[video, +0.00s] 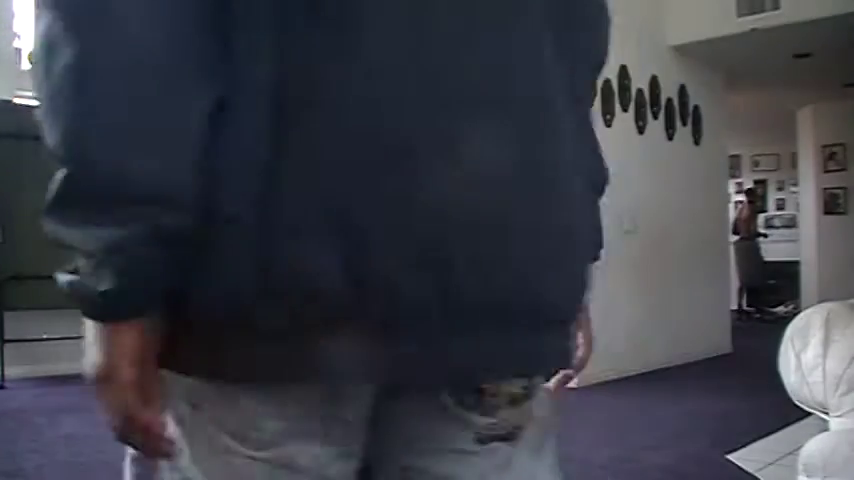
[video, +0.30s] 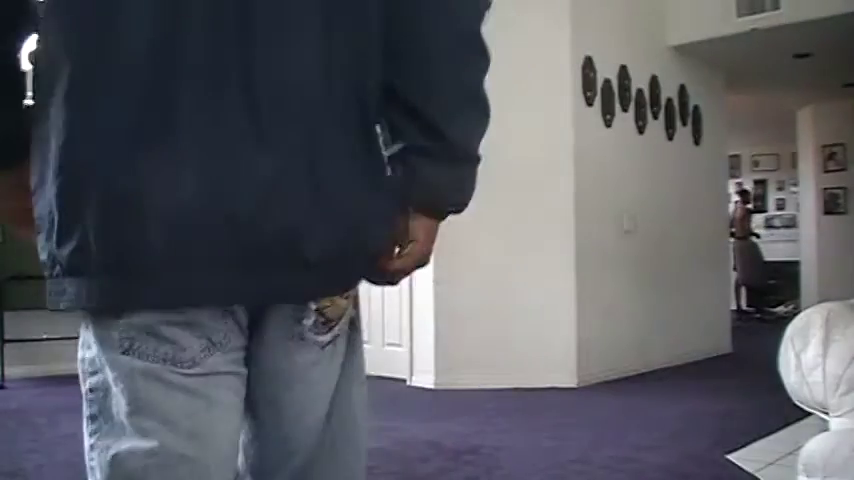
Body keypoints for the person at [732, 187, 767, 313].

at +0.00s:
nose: (758, 199)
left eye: (756, 196)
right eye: (756, 196)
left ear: (746, 196)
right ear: (752, 197)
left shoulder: (741, 209)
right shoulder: (751, 210)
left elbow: (735, 229)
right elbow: (751, 232)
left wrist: (747, 231)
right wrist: (762, 234)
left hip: (739, 245)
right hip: (749, 246)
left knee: (742, 280)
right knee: (750, 278)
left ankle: (740, 306)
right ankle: (752, 306)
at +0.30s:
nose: (750, 199)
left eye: (749, 196)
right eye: (748, 197)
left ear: (740, 197)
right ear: (746, 197)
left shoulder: (736, 209)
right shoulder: (746, 210)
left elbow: (731, 226)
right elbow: (746, 230)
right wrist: (755, 234)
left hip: (737, 243)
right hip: (744, 243)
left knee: (739, 275)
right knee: (744, 276)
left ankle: (739, 305)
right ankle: (743, 306)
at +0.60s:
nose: (744, 199)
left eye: (744, 196)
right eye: (742, 196)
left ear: (737, 197)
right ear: (740, 197)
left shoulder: (731, 209)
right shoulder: (740, 210)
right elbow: (741, 228)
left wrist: (749, 233)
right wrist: (752, 233)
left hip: (734, 242)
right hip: (739, 242)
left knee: (738, 274)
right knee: (739, 274)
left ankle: (739, 305)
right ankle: (739, 305)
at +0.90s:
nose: (744, 199)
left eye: (744, 197)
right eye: (743, 197)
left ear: (735, 197)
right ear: (740, 198)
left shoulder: (732, 209)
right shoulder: (739, 210)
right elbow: (740, 229)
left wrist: (749, 232)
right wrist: (752, 233)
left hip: (734, 243)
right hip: (738, 244)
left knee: (738, 276)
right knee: (743, 275)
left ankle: (739, 305)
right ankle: (743, 305)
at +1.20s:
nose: (746, 199)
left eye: (745, 197)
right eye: (744, 197)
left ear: (736, 197)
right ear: (741, 197)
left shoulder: (732, 209)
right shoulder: (739, 210)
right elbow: (741, 230)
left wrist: (749, 233)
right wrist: (752, 233)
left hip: (733, 242)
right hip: (739, 243)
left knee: (737, 275)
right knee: (742, 275)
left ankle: (738, 304)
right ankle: (742, 305)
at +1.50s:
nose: (748, 199)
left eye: (747, 197)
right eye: (747, 197)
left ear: (737, 196)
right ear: (743, 197)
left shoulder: (732, 208)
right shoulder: (740, 209)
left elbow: (731, 231)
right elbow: (741, 231)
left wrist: (749, 232)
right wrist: (754, 233)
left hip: (734, 244)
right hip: (741, 245)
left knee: (737, 276)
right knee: (742, 276)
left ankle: (738, 304)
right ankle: (742, 305)